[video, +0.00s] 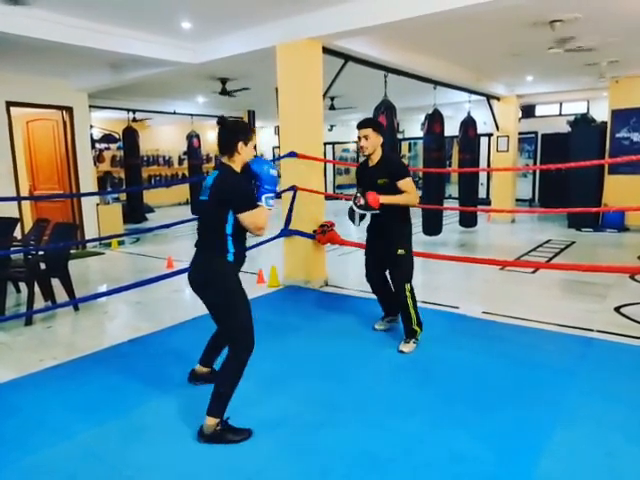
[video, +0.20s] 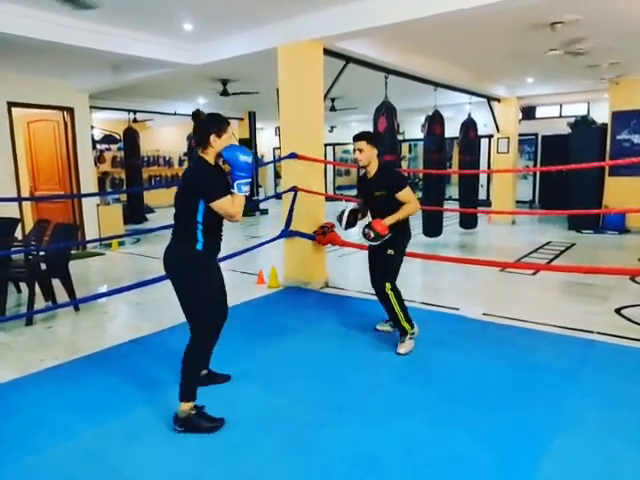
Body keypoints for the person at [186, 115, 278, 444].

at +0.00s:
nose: (254, 151)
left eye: (254, 145)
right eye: (252, 145)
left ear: (228, 147)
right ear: (240, 147)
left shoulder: (214, 176)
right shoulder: (234, 181)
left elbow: (246, 218)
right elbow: (259, 224)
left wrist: (259, 189)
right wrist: (267, 189)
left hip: (202, 269)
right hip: (219, 274)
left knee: (231, 322)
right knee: (243, 343)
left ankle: (203, 368)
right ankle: (213, 423)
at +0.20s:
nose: (234, 142)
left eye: (233, 136)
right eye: (230, 136)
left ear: (210, 138)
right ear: (214, 138)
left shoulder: (209, 168)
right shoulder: (201, 172)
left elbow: (231, 208)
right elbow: (234, 211)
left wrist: (239, 177)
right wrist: (242, 177)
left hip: (201, 257)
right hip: (188, 260)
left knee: (217, 313)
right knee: (203, 328)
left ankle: (200, 370)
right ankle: (185, 410)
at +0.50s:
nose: (204, 151)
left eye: (203, 146)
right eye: (200, 146)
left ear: (183, 149)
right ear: (186, 148)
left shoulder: (189, 177)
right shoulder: (175, 180)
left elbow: (203, 216)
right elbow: (205, 221)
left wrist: (205, 214)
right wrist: (212, 191)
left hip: (187, 260)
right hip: (164, 263)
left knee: (225, 301)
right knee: (170, 331)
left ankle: (206, 357)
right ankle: (136, 387)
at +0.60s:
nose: (202, 150)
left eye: (202, 145)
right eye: (199, 145)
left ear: (184, 147)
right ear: (183, 146)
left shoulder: (193, 174)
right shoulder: (170, 177)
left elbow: (214, 209)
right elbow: (199, 213)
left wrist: (216, 180)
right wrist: (211, 183)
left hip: (190, 256)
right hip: (166, 259)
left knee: (217, 301)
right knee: (168, 326)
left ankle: (215, 347)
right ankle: (136, 387)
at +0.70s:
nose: (204, 152)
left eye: (204, 147)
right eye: (200, 147)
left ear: (188, 149)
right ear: (185, 148)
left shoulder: (197, 176)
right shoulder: (173, 179)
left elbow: (220, 211)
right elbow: (201, 214)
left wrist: (222, 181)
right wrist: (211, 182)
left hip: (197, 255)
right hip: (172, 259)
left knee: (216, 302)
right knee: (167, 323)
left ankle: (214, 349)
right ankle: (137, 387)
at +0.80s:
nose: (206, 151)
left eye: (206, 146)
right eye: (202, 146)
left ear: (193, 149)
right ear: (186, 149)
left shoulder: (201, 176)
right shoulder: (174, 180)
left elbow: (223, 210)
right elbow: (202, 215)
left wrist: (227, 179)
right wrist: (213, 182)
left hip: (200, 253)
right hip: (174, 257)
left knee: (220, 301)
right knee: (167, 320)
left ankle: (214, 349)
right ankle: (139, 385)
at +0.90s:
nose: (203, 150)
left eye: (203, 145)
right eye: (199, 145)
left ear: (192, 146)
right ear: (183, 147)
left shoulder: (200, 170)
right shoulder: (173, 176)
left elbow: (222, 203)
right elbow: (201, 210)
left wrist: (225, 175)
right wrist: (209, 177)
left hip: (201, 249)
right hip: (176, 252)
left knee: (221, 299)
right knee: (179, 314)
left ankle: (214, 350)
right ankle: (148, 361)